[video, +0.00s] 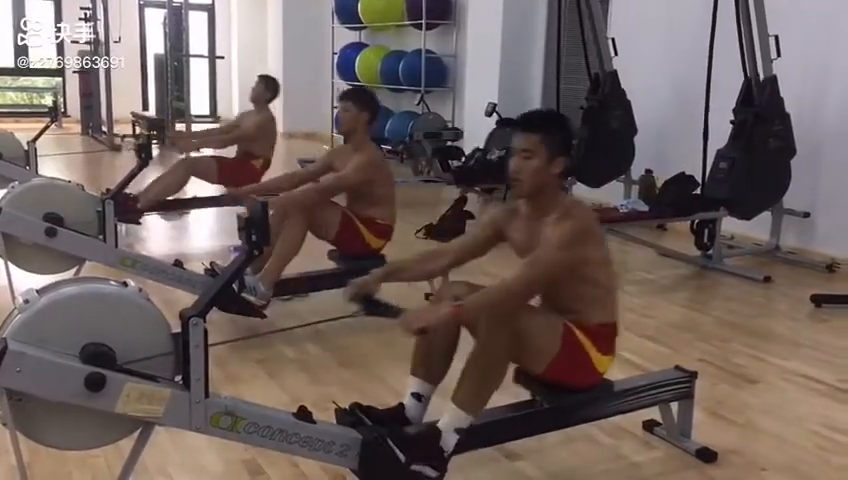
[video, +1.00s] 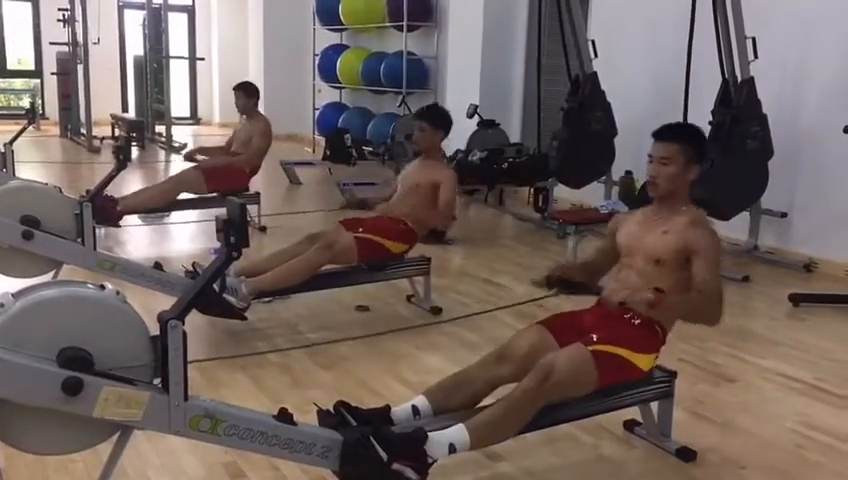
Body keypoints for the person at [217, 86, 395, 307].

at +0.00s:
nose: (338, 115)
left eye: (346, 111)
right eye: (339, 110)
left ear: (365, 117)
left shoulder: (369, 160)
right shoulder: (340, 153)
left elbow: (319, 192)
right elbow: (297, 178)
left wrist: (269, 204)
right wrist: (246, 191)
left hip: (370, 234)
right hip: (354, 225)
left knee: (302, 210)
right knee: (286, 204)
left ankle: (264, 285)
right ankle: (250, 273)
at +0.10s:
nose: (369, 117)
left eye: (376, 111)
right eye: (370, 111)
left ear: (395, 117)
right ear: (370, 114)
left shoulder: (395, 159)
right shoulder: (364, 152)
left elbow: (350, 188)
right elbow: (322, 176)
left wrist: (301, 202)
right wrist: (275, 187)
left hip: (388, 232)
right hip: (367, 221)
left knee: (314, 218)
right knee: (302, 208)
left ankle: (262, 287)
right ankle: (249, 272)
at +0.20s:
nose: (397, 123)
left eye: (405, 117)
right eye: (397, 116)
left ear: (423, 121)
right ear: (398, 118)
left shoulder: (423, 162)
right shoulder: (394, 155)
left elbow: (381, 188)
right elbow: (351, 174)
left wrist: (332, 197)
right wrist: (307, 183)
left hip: (399, 234)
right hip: (376, 222)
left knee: (325, 231)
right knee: (310, 223)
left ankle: (260, 288)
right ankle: (241, 272)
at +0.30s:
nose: (418, 134)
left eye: (425, 129)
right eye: (418, 129)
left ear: (446, 133)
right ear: (418, 131)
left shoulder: (447, 173)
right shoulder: (414, 162)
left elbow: (405, 194)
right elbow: (370, 179)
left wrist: (352, 197)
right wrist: (328, 182)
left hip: (405, 233)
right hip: (386, 220)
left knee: (330, 237)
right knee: (316, 232)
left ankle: (257, 287)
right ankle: (240, 269)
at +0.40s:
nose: (436, 146)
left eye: (442, 141)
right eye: (435, 141)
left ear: (460, 145)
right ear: (436, 142)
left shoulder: (462, 182)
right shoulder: (428, 170)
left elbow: (445, 214)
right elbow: (401, 190)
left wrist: (397, 207)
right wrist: (368, 191)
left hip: (406, 233)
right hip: (388, 218)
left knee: (334, 244)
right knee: (321, 236)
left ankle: (253, 289)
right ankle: (238, 270)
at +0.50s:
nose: (439, 153)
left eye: (446, 149)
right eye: (438, 148)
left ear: (464, 153)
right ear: (441, 150)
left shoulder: (467, 189)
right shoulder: (433, 177)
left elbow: (466, 235)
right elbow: (411, 212)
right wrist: (393, 198)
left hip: (405, 234)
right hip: (386, 220)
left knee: (331, 244)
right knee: (318, 235)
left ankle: (251, 287)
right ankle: (234, 269)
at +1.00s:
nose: (416, 136)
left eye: (422, 131)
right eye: (416, 130)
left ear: (440, 135)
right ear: (422, 133)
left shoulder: (445, 174)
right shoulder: (415, 165)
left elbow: (444, 222)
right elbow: (397, 198)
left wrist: (409, 210)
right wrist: (375, 204)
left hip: (400, 233)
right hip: (379, 222)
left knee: (325, 248)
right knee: (311, 239)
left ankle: (245, 290)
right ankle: (227, 274)